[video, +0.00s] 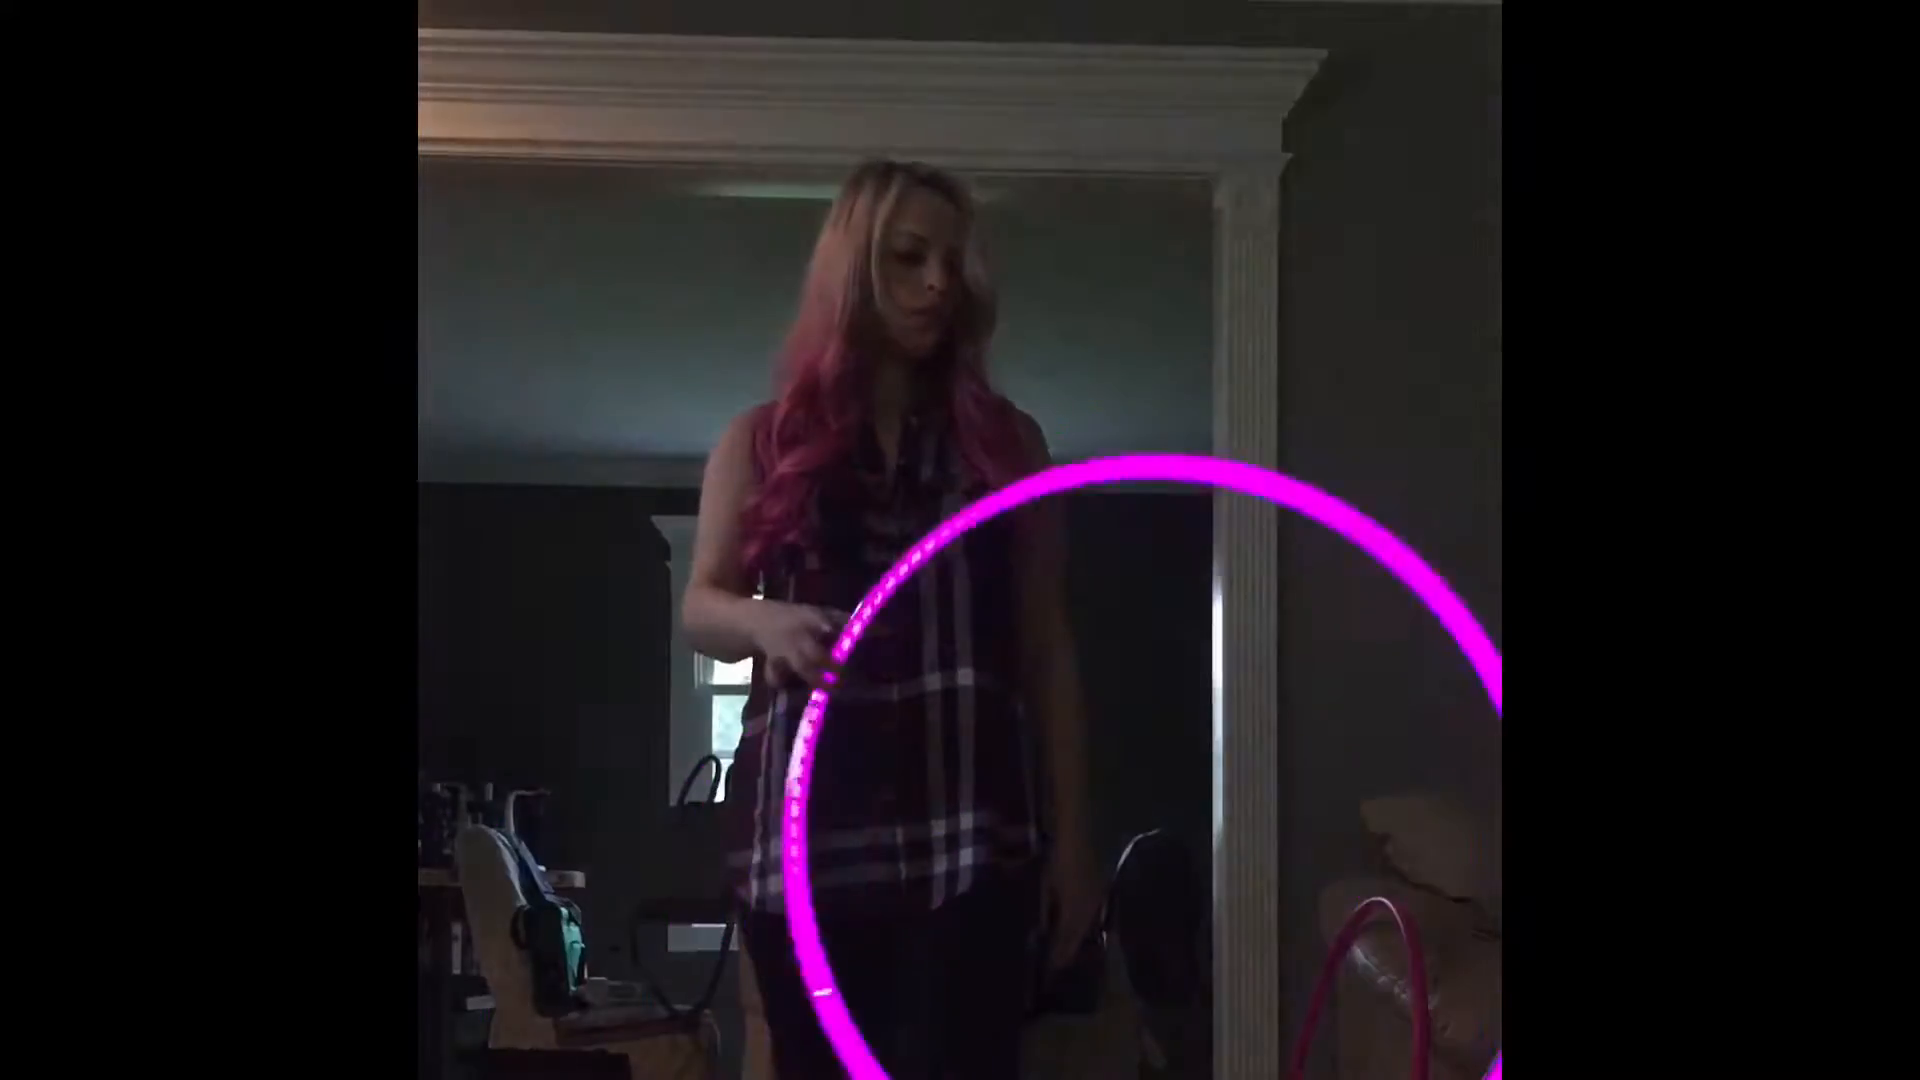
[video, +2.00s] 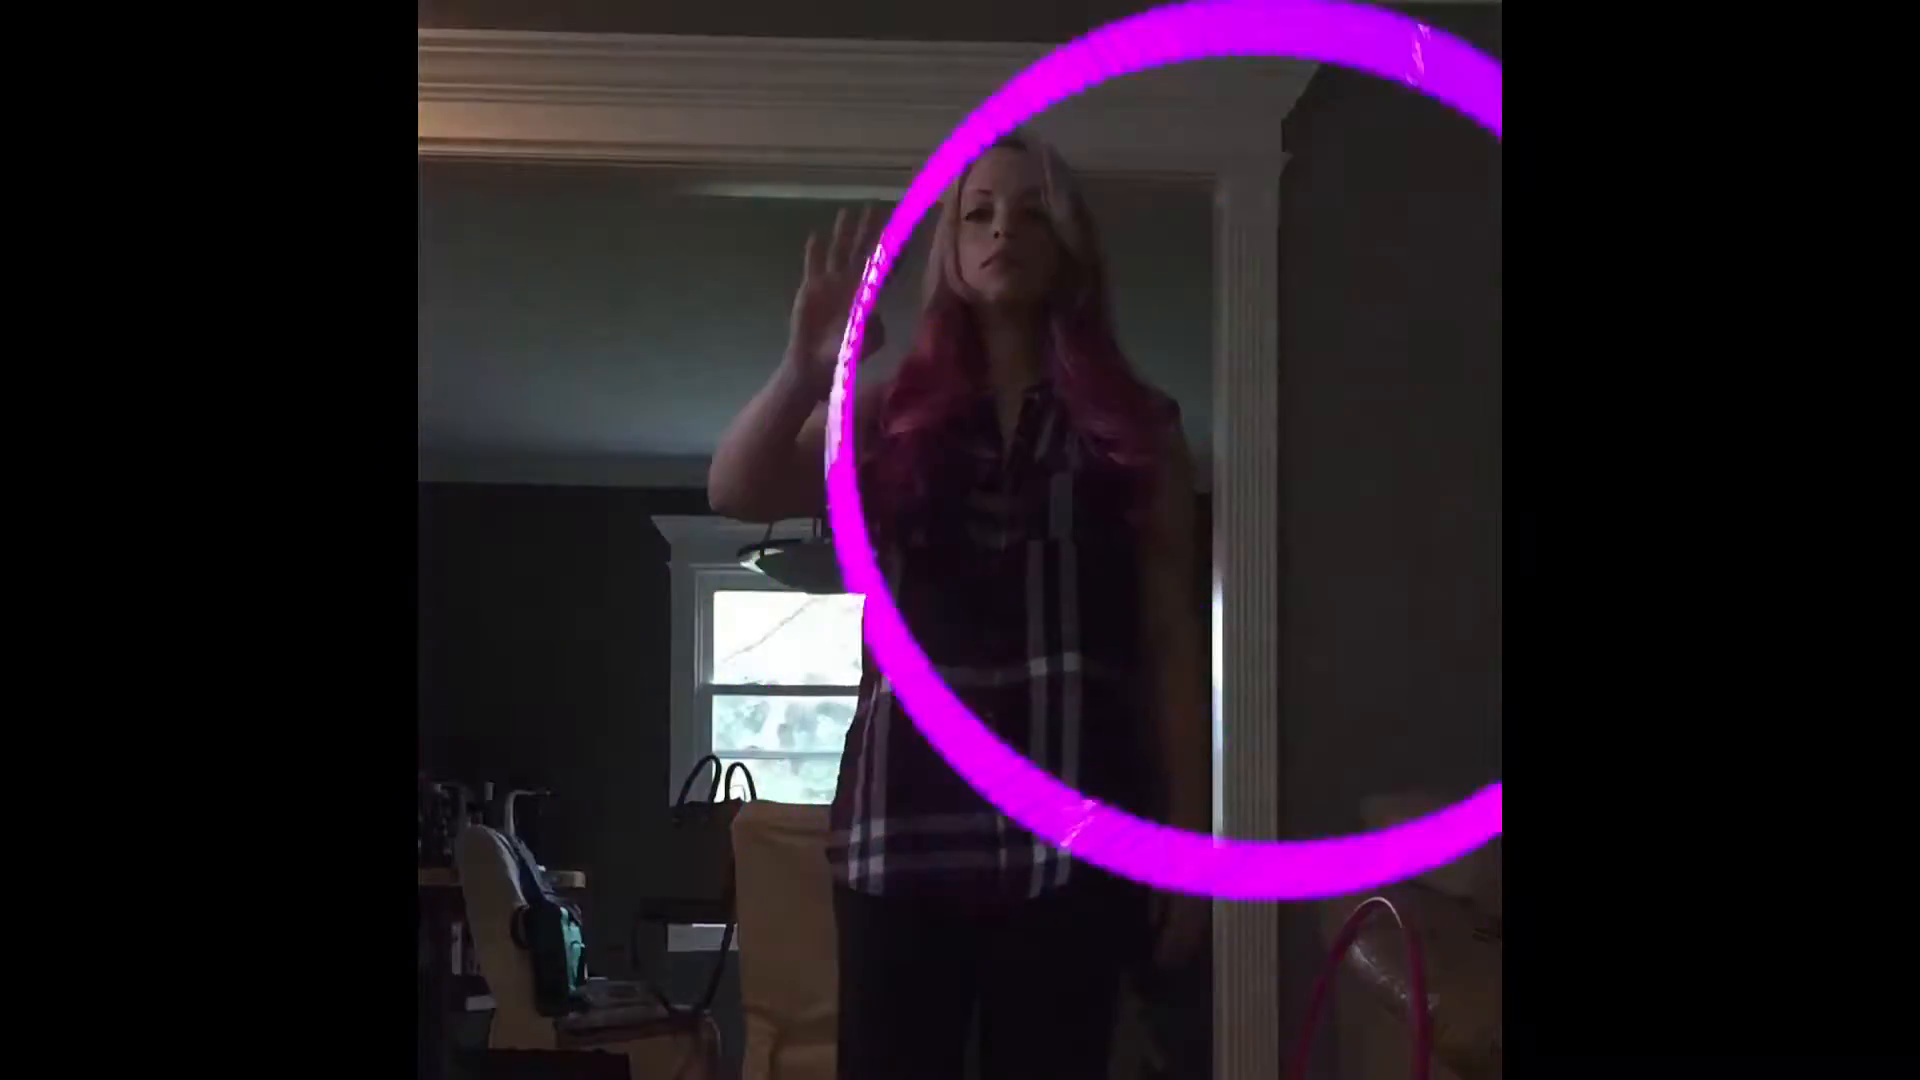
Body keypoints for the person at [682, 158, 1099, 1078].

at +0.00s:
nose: (939, 283)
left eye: (955, 260)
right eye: (910, 256)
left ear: (973, 274)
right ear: (851, 267)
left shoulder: (1006, 440)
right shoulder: (763, 442)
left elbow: (1047, 648)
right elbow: (700, 610)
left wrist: (1070, 840)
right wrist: (766, 623)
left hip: (975, 835)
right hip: (814, 840)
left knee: (973, 1059)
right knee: (828, 1064)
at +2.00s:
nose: (1004, 229)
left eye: (1031, 209)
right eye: (980, 214)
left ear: (1072, 244)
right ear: (950, 250)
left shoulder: (1134, 422)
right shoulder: (896, 407)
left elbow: (1173, 643)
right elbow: (738, 491)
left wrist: (1187, 840)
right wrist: (803, 368)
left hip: (1082, 850)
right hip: (907, 850)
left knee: (1053, 1070)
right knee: (893, 1067)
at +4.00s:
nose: (943, 298)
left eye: (961, 280)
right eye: (942, 280)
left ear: (1019, 290)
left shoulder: (1053, 415)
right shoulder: (1041, 412)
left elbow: (912, 572)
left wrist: (743, 715)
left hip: (1045, 842)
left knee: (977, 1053)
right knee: (990, 1051)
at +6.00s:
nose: (879, 316)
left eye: (901, 296)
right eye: (881, 295)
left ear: (971, 310)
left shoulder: (1008, 447)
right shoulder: (937, 442)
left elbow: (980, 582)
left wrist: (898, 436)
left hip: (930, 879)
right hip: (878, 861)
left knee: (848, 1058)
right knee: (842, 1053)